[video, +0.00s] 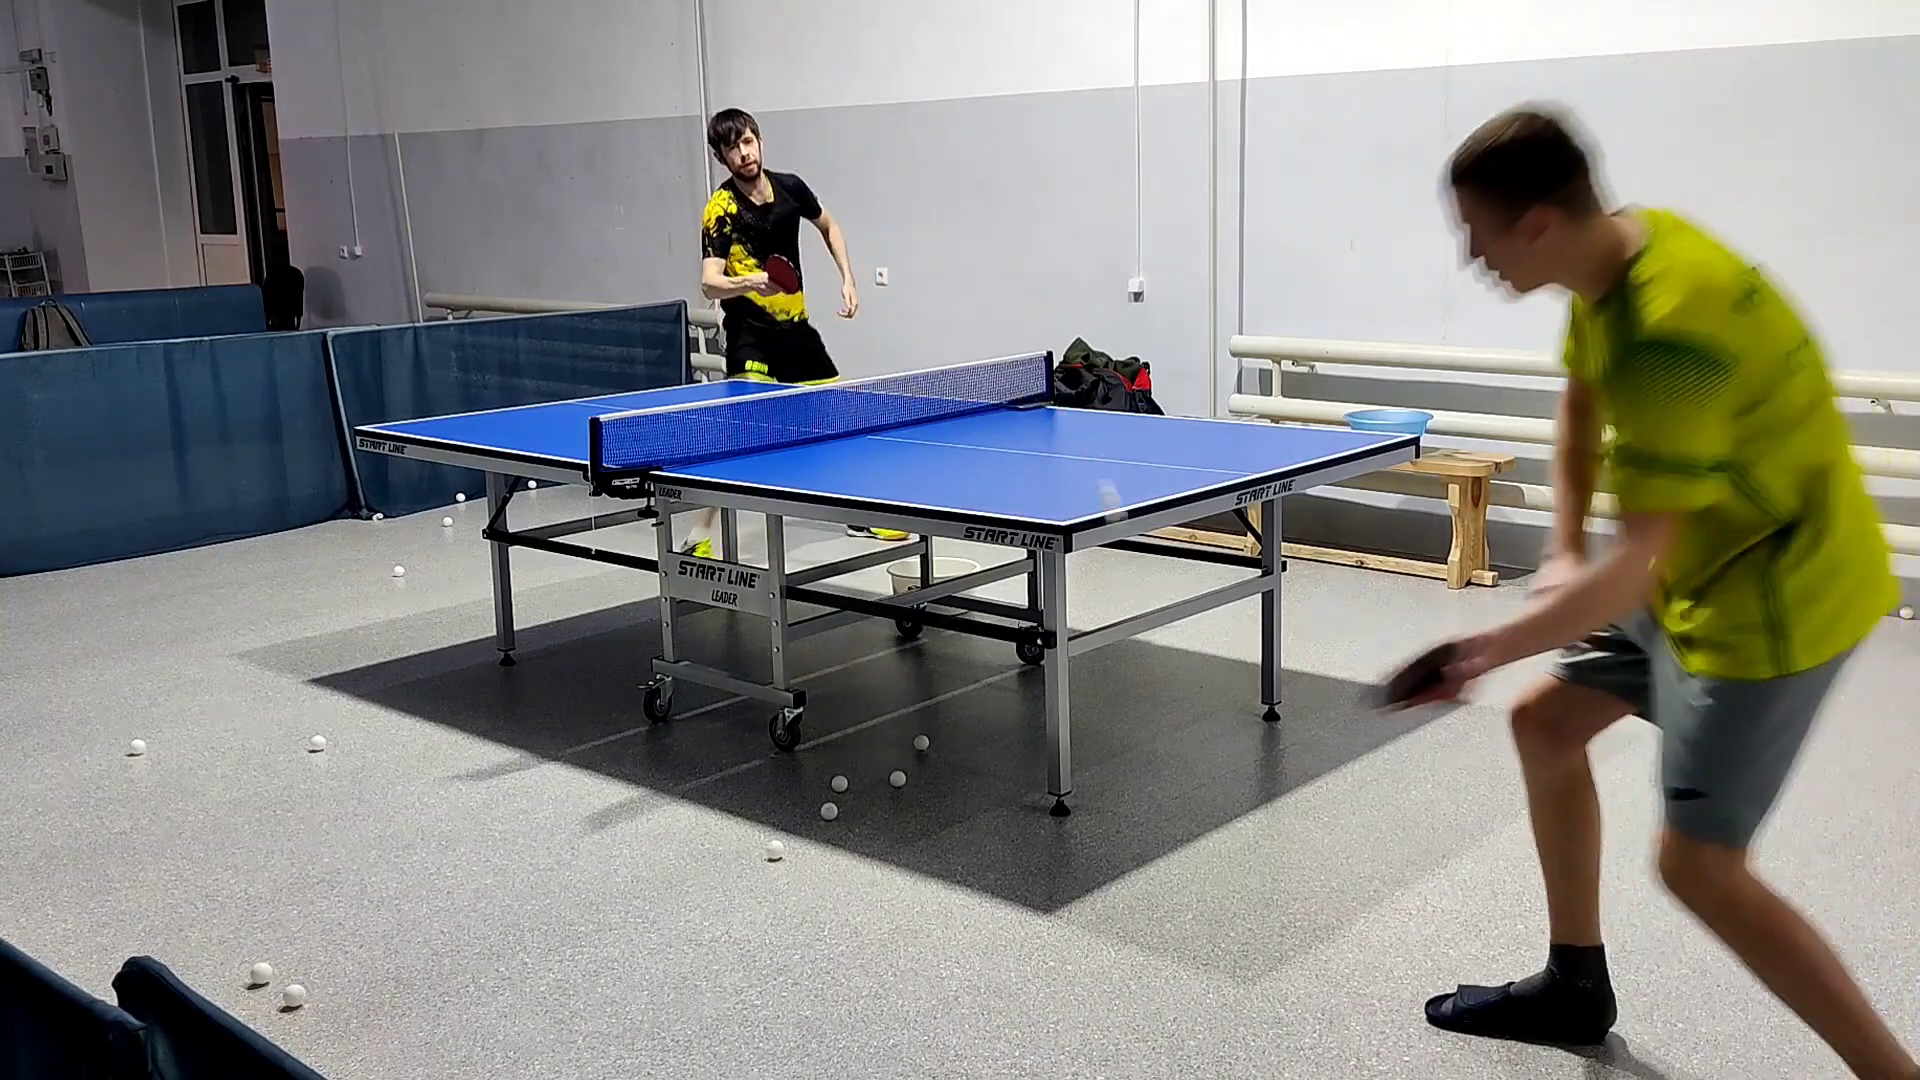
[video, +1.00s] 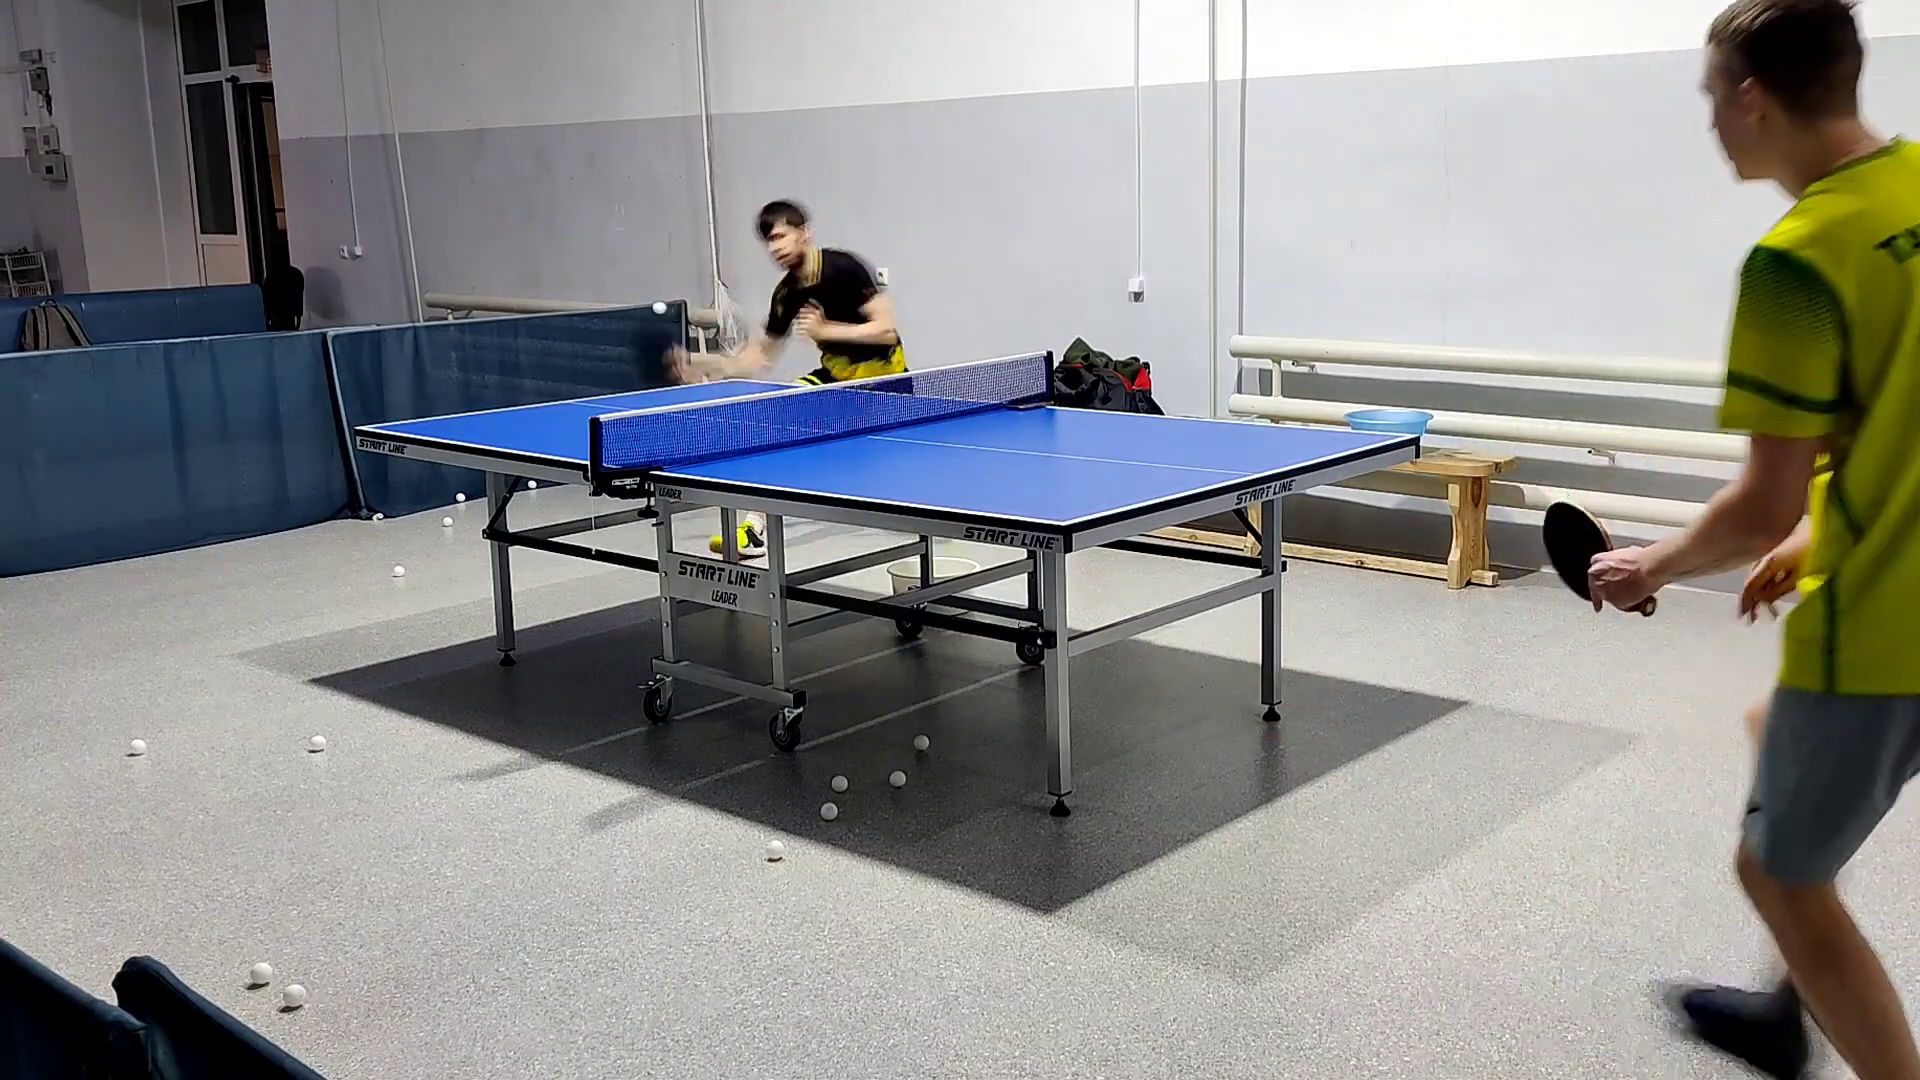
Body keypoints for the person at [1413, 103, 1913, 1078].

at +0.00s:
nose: (1472, 256)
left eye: (1478, 233)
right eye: (1468, 234)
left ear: (1541, 219)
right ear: (1544, 215)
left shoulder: (1678, 315)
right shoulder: (1607, 276)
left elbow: (1644, 557)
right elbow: (1581, 415)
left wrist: (1482, 651)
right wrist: (1567, 554)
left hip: (1783, 593)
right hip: (1697, 569)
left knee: (1697, 864)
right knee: (1546, 726)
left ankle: (1890, 1067)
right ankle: (1575, 984)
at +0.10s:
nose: (1419, 302)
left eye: (1422, 280)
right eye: (1413, 282)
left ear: (1482, 266)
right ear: (1501, 249)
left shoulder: (1579, 384)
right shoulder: (1612, 262)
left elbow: (1500, 599)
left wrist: (1331, 689)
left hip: (1746, 613)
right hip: (1684, 572)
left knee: (1648, 870)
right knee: (1526, 720)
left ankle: (1881, 1066)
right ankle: (1574, 983)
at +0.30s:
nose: (1393, 293)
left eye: (1390, 273)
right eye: (1385, 274)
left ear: (1434, 266)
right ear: (1493, 234)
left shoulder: (1503, 386)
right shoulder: (1596, 257)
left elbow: (1441, 543)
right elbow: (1669, 402)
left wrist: (1352, 577)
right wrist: (1583, 510)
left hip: (1715, 615)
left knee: (1638, 871)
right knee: (1524, 714)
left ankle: (1879, 1065)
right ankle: (1572, 982)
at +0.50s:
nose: (1448, 199)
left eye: (1451, 178)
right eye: (1443, 179)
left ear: (1497, 171)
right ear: (1550, 155)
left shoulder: (1532, 312)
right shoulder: (1662, 198)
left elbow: (1557, 496)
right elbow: (1712, 381)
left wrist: (1500, 485)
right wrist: (1577, 463)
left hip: (1713, 596)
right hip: (1796, 535)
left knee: (1677, 862)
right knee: (1569, 718)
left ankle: (1874, 1070)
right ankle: (1577, 981)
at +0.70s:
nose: (1569, 156)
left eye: (1573, 131)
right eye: (1568, 133)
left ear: (1618, 125)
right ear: (1680, 116)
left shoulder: (1643, 272)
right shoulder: (1802, 196)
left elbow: (1651, 515)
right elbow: (1824, 402)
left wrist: (1623, 534)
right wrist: (1663, 510)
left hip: (1757, 599)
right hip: (1867, 563)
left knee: (1703, 871)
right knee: (1619, 736)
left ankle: (1879, 1075)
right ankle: (1578, 984)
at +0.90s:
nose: (1677, 139)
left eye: (1680, 115)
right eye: (1676, 116)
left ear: (1721, 114)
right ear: (1802, 103)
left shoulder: (1755, 270)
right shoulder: (1909, 194)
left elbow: (1725, 517)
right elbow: (1896, 439)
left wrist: (1645, 567)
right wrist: (1797, 573)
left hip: (1848, 628)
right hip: (1916, 603)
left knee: (1755, 884)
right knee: (1727, 745)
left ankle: (1888, 1073)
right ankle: (1646, 982)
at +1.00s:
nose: (1712, 120)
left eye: (1715, 96)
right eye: (1711, 97)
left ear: (1756, 95)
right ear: (1842, 82)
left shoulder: (1798, 257)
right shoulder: (1908, 183)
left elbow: (1767, 511)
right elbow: (1897, 428)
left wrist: (1662, 561)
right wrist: (1818, 538)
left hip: (1874, 625)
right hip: (1901, 584)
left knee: (1777, 867)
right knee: (1780, 731)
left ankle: (1892, 1065)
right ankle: (1786, 1011)